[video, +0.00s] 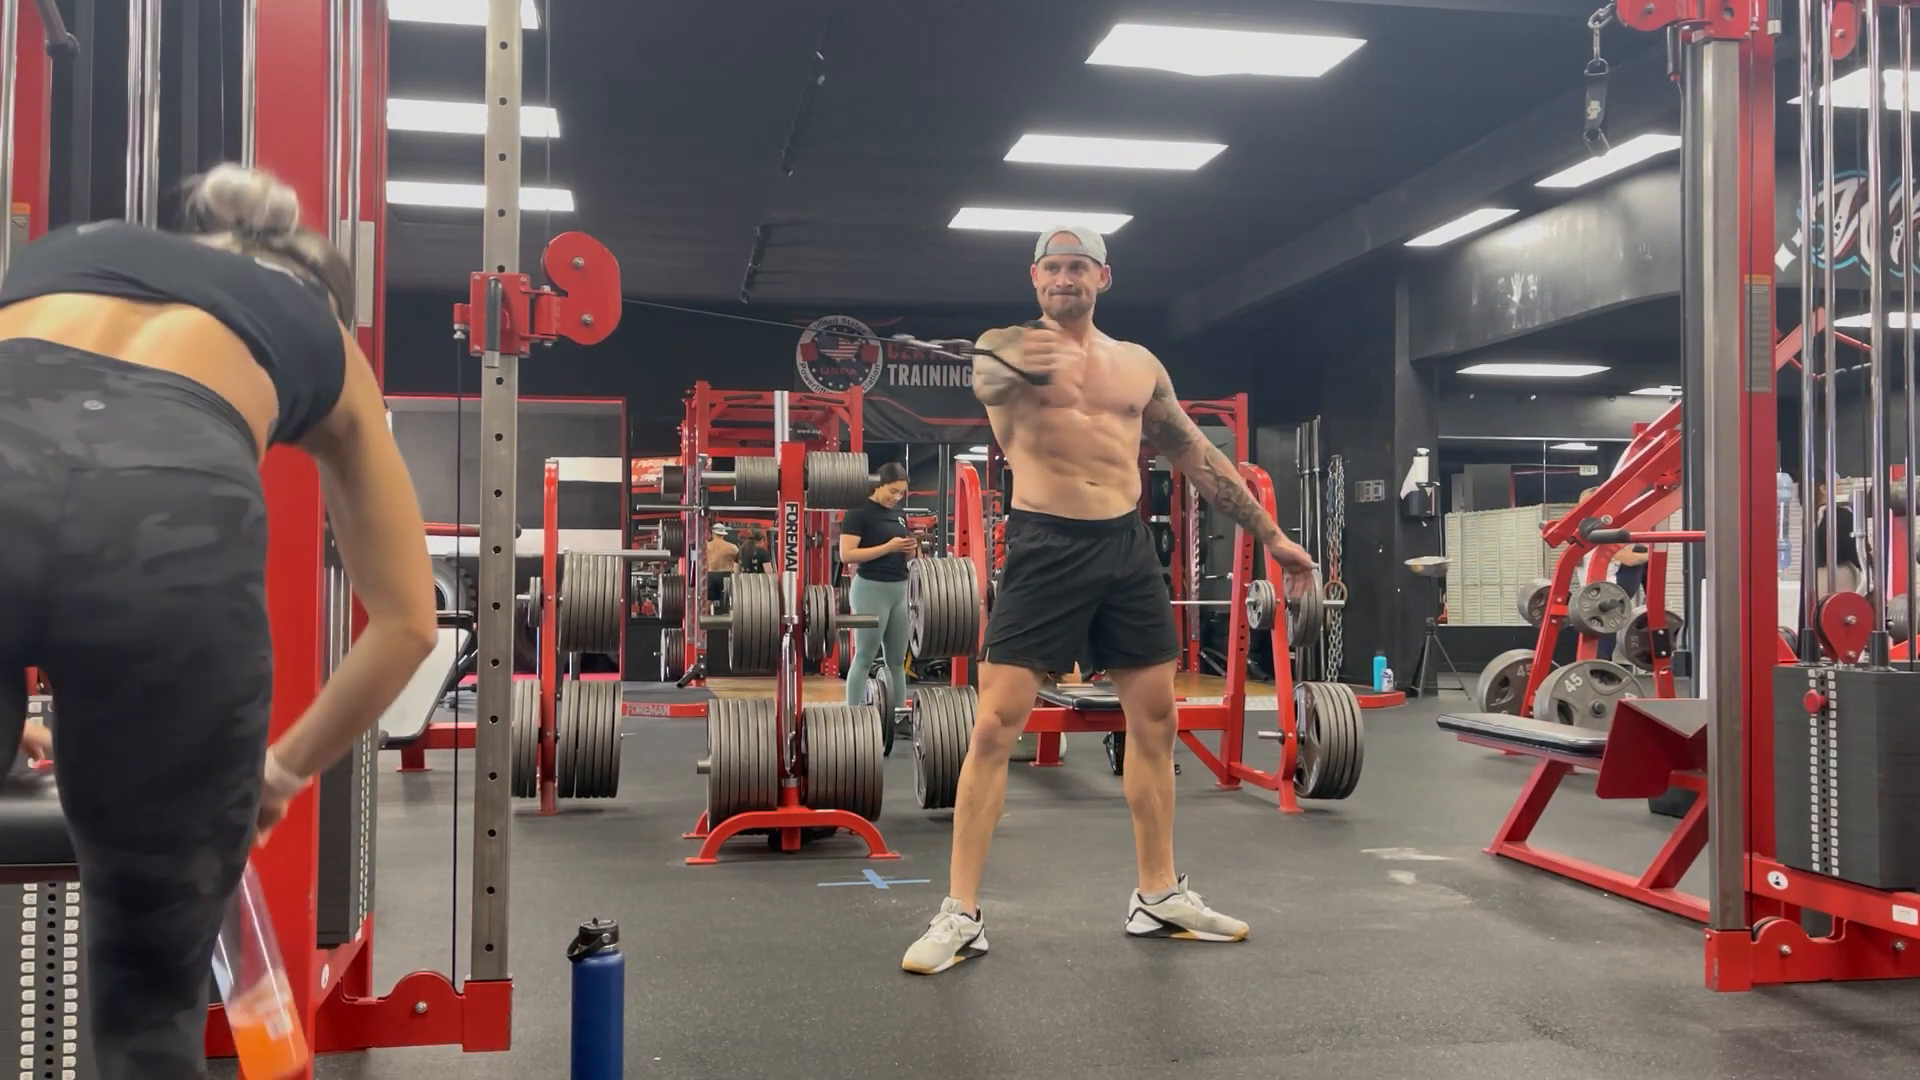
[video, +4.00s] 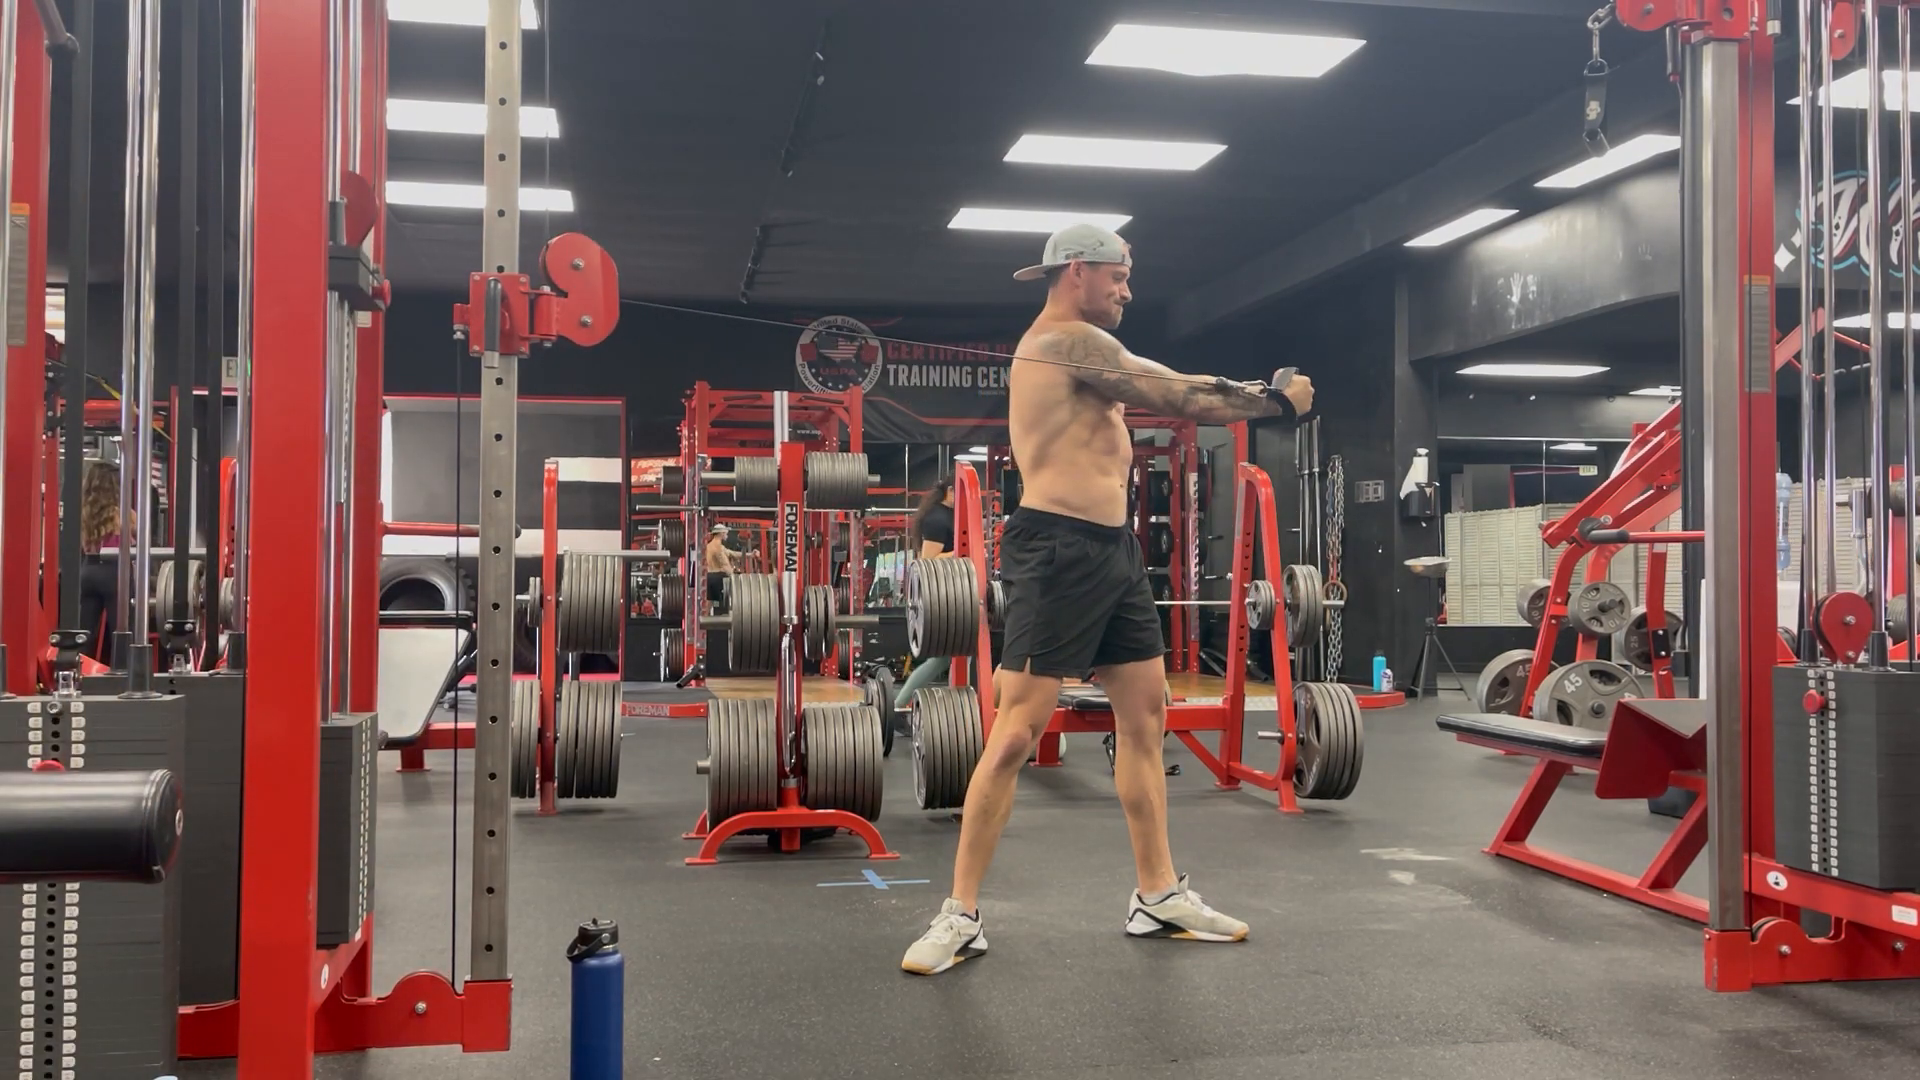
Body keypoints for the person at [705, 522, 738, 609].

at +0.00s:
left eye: (712, 534)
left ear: (713, 534)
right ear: (724, 534)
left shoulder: (707, 546)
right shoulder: (732, 547)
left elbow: (704, 561)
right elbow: (737, 561)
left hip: (711, 572)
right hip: (726, 572)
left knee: (708, 601)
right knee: (726, 602)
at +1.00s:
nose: (725, 534)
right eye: (724, 533)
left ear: (713, 533)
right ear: (723, 534)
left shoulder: (708, 545)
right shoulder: (726, 547)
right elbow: (735, 557)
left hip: (710, 572)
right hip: (724, 572)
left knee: (709, 600)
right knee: (724, 600)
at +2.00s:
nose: (725, 535)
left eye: (725, 533)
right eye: (724, 534)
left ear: (713, 534)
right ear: (722, 534)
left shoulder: (708, 545)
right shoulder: (725, 547)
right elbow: (732, 558)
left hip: (710, 572)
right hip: (723, 572)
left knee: (710, 600)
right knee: (724, 601)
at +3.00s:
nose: (710, 535)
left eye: (710, 533)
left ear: (712, 534)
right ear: (723, 534)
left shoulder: (706, 547)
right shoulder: (732, 548)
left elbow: (704, 563)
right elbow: (736, 564)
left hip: (711, 574)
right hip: (727, 575)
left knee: (709, 602)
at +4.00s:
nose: (727, 536)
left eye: (727, 533)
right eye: (725, 533)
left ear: (717, 534)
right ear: (721, 533)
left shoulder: (710, 545)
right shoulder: (718, 546)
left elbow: (731, 553)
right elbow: (724, 565)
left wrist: (749, 554)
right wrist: (732, 574)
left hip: (711, 573)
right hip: (719, 573)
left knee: (710, 600)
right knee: (721, 602)